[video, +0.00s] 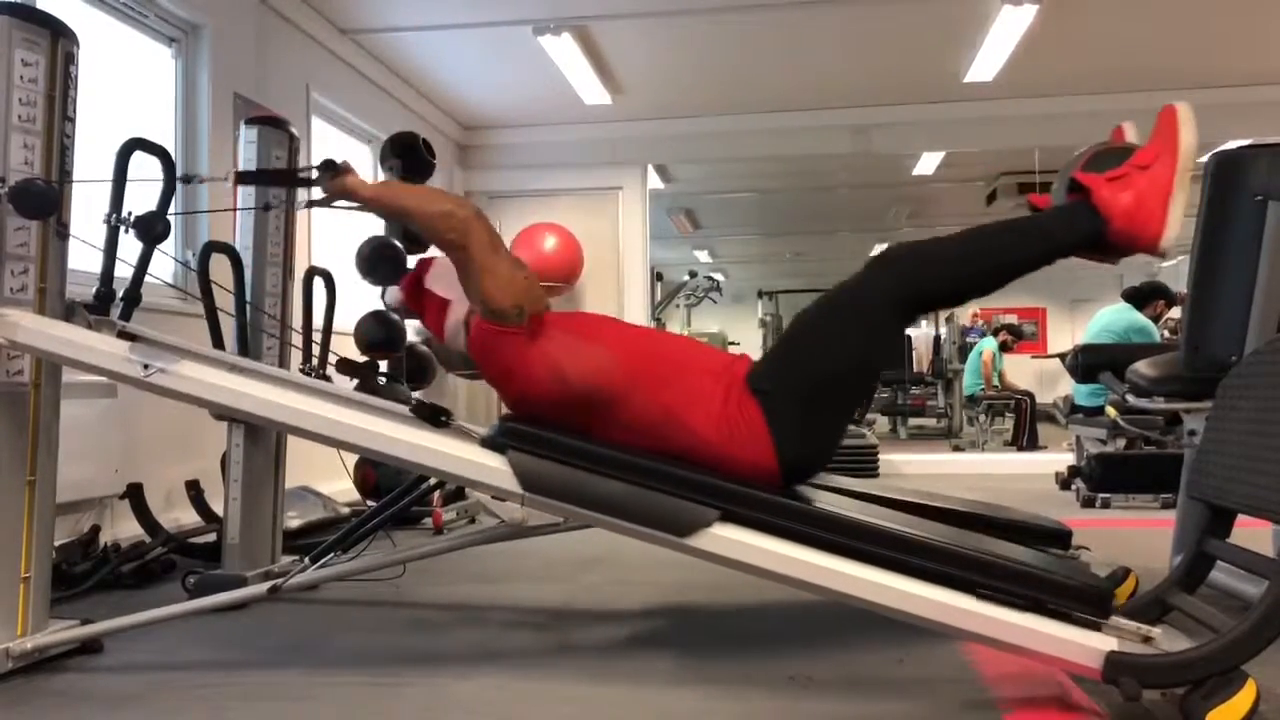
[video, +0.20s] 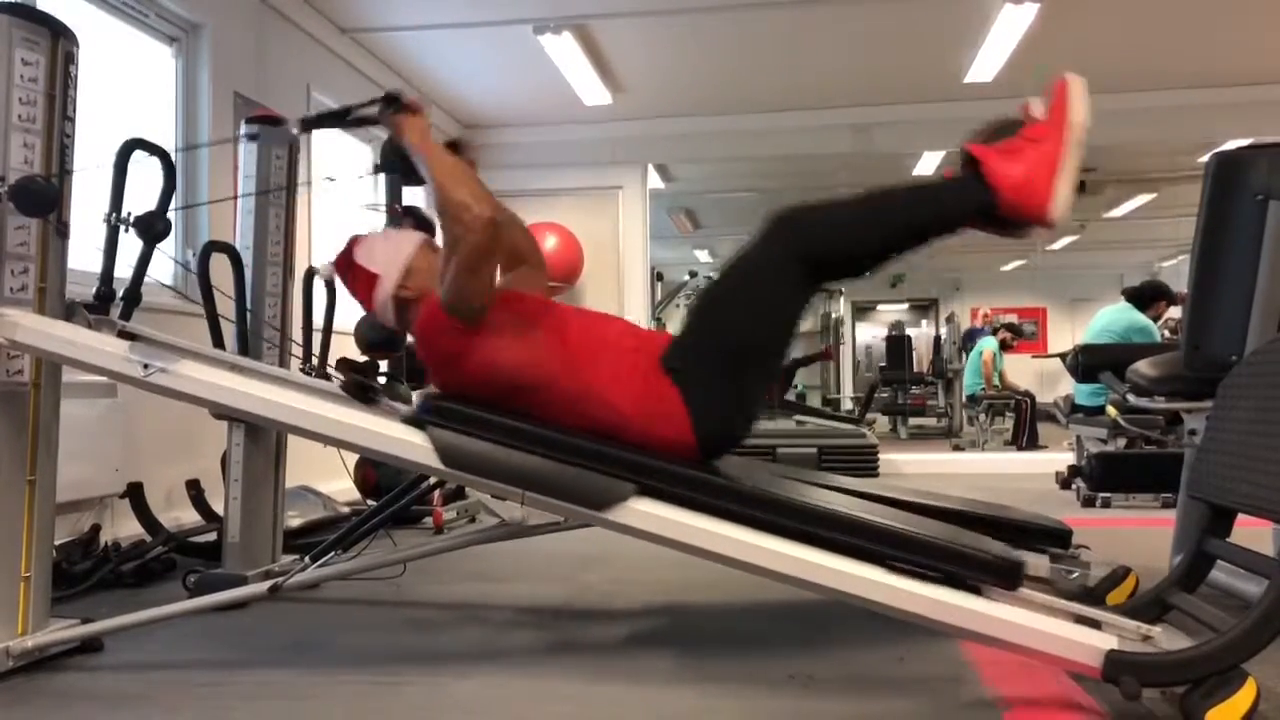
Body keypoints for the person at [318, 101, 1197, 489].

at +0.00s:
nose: (517, 255)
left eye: (497, 254)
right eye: (497, 258)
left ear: (456, 317)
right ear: (476, 302)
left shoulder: (522, 345)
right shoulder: (513, 342)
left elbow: (551, 247)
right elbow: (457, 218)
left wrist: (431, 241)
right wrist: (366, 191)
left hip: (757, 411)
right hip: (766, 434)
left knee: (891, 272)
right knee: (893, 279)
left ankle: (1090, 208)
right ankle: (1107, 214)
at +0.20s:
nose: (412, 248)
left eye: (401, 242)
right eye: (396, 250)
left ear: (412, 265)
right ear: (391, 289)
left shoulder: (473, 319)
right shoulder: (444, 331)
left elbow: (518, 247)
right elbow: (477, 227)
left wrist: (451, 163)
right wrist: (426, 149)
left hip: (686, 382)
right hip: (687, 406)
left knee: (792, 238)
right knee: (790, 239)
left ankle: (991, 180)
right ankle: (1000, 187)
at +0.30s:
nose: (387, 222)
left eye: (376, 218)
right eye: (368, 229)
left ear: (385, 240)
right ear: (359, 269)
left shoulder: (442, 305)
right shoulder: (396, 325)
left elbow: (530, 274)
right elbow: (456, 238)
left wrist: (499, 184)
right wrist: (434, 128)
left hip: (635, 366)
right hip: (637, 392)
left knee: (725, 221)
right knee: (721, 213)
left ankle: (915, 166)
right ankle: (924, 160)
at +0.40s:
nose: (360, 216)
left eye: (351, 208)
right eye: (343, 216)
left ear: (330, 244)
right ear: (319, 249)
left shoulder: (397, 298)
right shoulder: (357, 306)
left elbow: (507, 276)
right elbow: (431, 240)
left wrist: (526, 184)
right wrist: (452, 118)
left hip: (593, 357)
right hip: (596, 375)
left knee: (651, 192)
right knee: (650, 189)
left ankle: (835, 146)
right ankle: (837, 136)